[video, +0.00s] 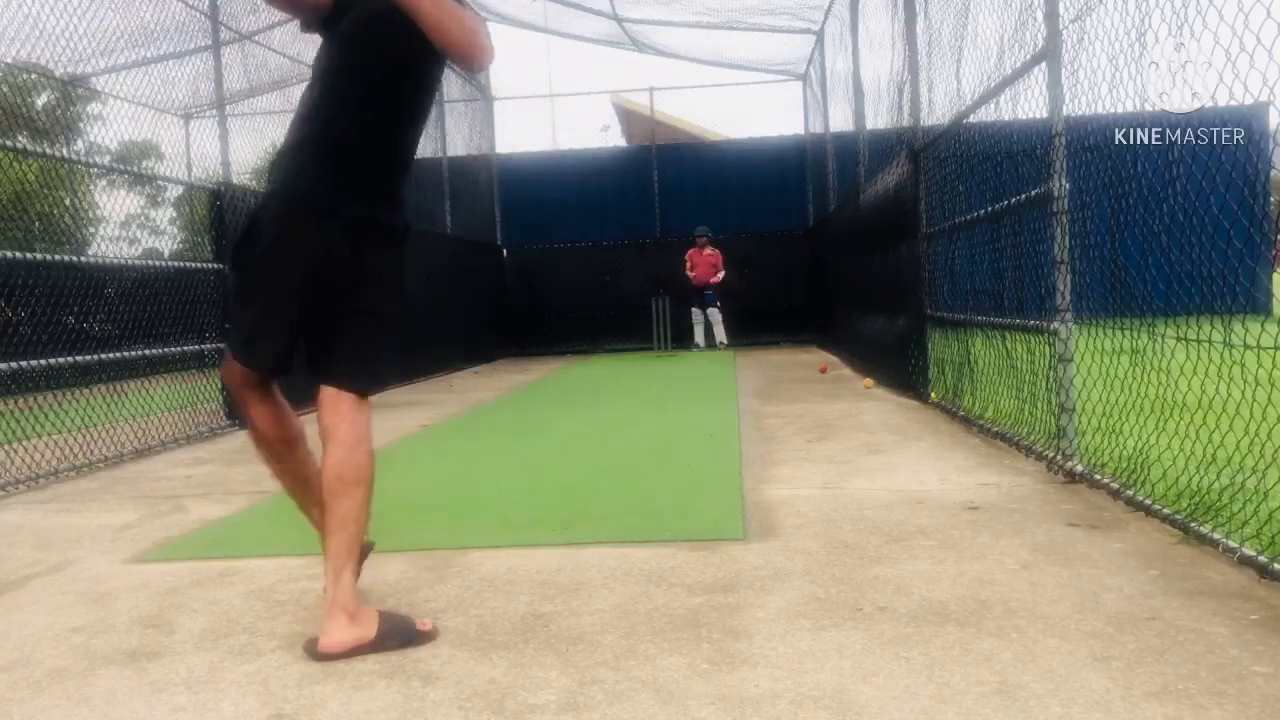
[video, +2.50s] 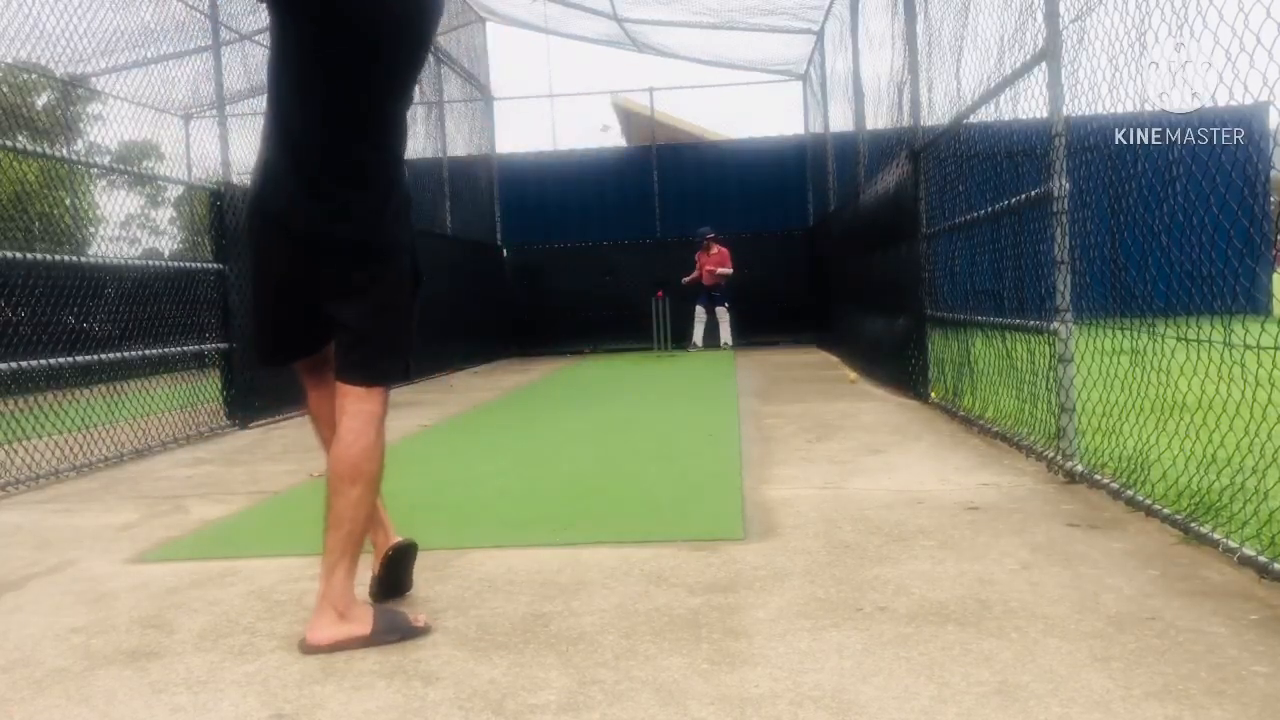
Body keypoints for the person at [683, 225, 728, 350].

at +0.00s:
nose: (700, 240)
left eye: (702, 237)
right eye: (698, 237)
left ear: (708, 238)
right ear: (695, 239)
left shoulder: (715, 253)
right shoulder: (691, 253)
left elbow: (721, 270)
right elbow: (687, 270)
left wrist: (717, 277)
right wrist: (691, 275)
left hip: (710, 285)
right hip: (696, 286)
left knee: (713, 313)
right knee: (696, 315)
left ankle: (721, 341)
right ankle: (699, 343)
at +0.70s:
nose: (708, 240)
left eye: (711, 237)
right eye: (706, 238)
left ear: (716, 238)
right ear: (704, 239)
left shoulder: (725, 252)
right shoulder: (702, 252)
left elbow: (732, 270)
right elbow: (699, 269)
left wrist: (720, 275)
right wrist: (704, 275)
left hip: (719, 285)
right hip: (706, 285)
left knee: (720, 312)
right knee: (701, 312)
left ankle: (722, 342)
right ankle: (699, 342)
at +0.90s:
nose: (735, 267)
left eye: (736, 265)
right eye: (734, 264)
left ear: (735, 264)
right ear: (729, 262)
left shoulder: (730, 269)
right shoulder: (720, 271)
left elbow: (728, 280)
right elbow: (721, 286)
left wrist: (729, 286)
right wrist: (727, 288)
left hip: (715, 291)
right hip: (704, 291)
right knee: (701, 314)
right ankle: (695, 335)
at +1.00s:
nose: (735, 264)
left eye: (736, 262)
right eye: (734, 260)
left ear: (736, 261)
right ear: (727, 258)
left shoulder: (730, 268)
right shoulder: (717, 267)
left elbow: (727, 280)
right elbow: (717, 284)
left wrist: (731, 286)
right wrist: (730, 288)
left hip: (718, 289)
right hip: (705, 288)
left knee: (721, 312)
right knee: (699, 313)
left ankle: (722, 342)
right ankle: (693, 338)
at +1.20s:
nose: (726, 248)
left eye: (728, 245)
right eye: (723, 245)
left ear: (731, 247)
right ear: (719, 245)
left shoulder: (730, 262)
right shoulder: (710, 255)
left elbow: (731, 280)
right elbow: (701, 270)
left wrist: (734, 294)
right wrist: (710, 283)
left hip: (718, 290)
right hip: (703, 288)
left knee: (719, 313)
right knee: (697, 314)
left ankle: (722, 343)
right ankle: (698, 341)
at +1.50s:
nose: (710, 240)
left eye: (712, 237)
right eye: (707, 237)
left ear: (716, 239)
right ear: (703, 239)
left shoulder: (720, 253)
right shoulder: (696, 253)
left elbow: (724, 271)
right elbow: (690, 268)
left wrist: (726, 278)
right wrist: (699, 273)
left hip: (715, 286)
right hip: (700, 287)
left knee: (720, 312)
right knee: (700, 315)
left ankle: (723, 342)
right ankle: (702, 343)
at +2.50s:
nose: (701, 244)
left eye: (703, 241)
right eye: (701, 241)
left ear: (709, 240)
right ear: (702, 241)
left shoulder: (723, 252)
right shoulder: (700, 255)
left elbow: (729, 270)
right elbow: (698, 271)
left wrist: (716, 270)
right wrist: (689, 278)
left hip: (719, 286)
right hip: (705, 286)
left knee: (721, 312)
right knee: (699, 311)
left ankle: (726, 342)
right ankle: (697, 343)